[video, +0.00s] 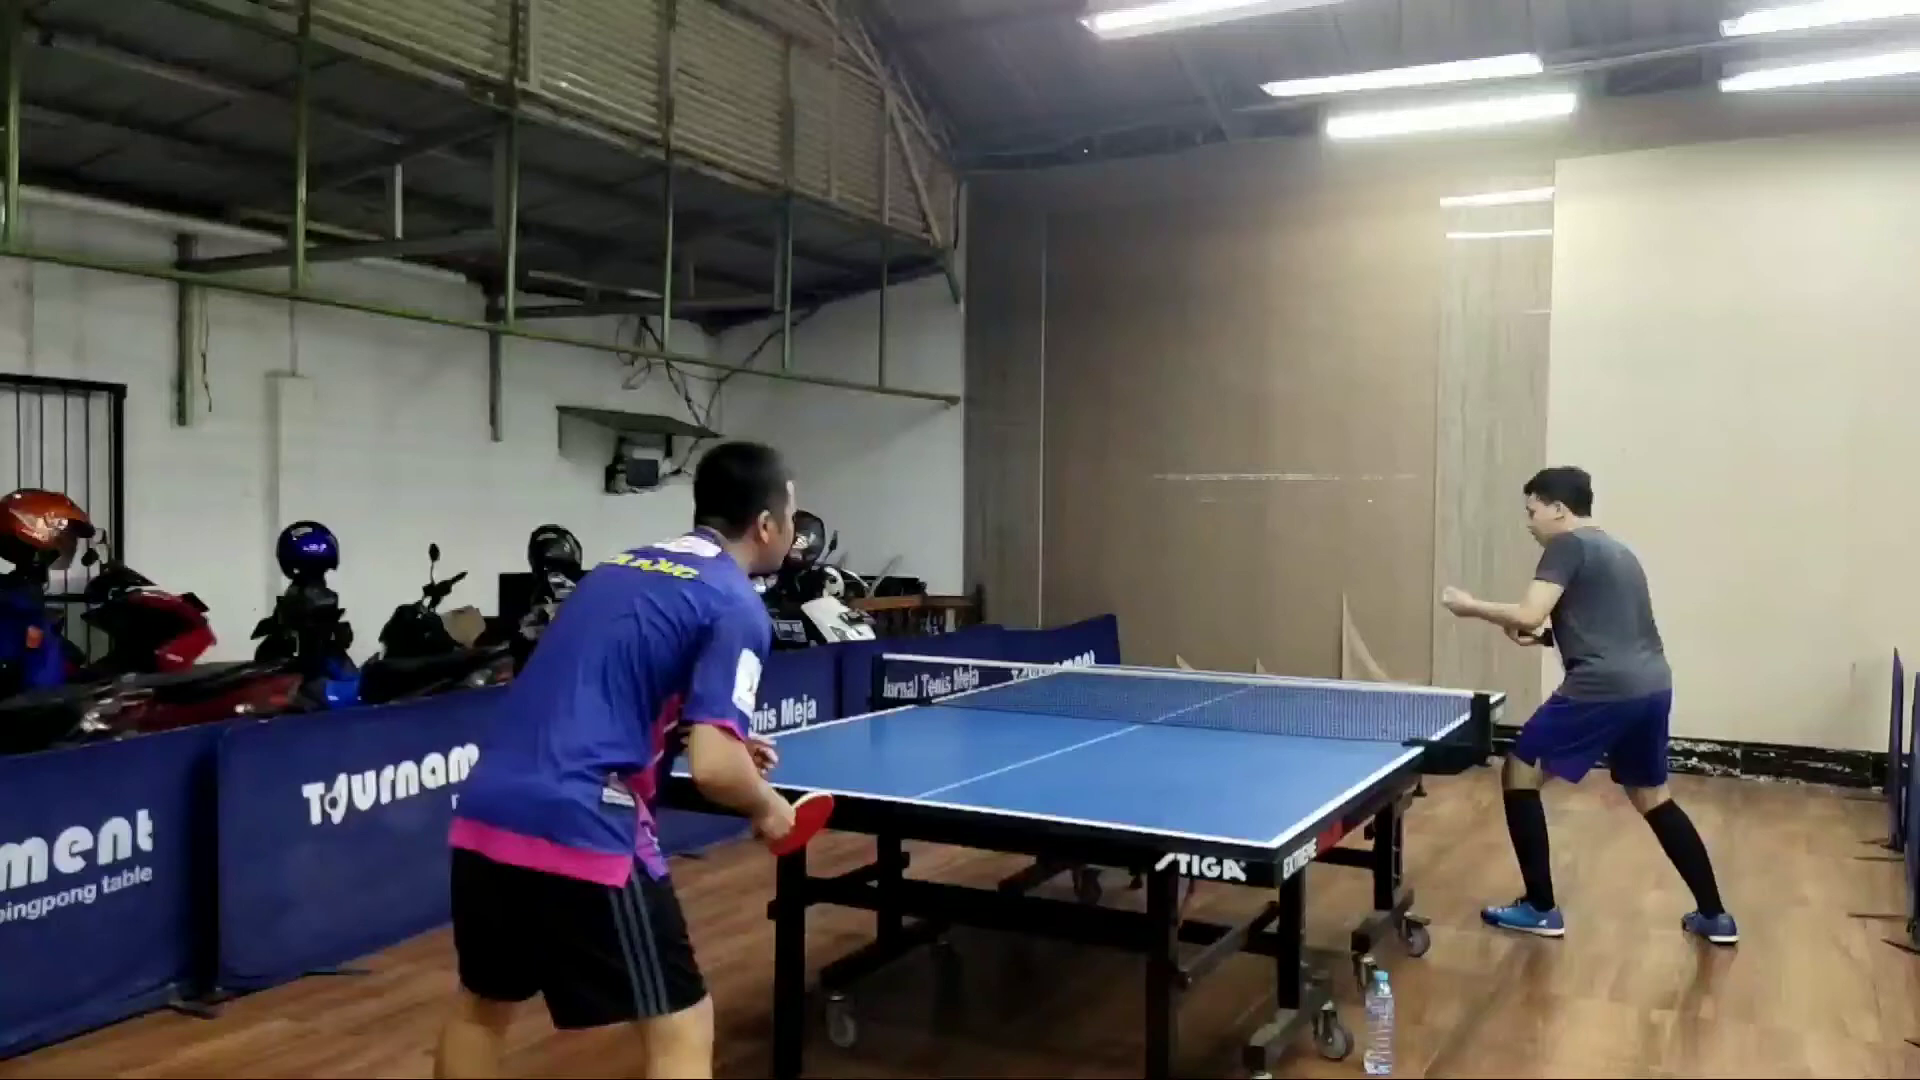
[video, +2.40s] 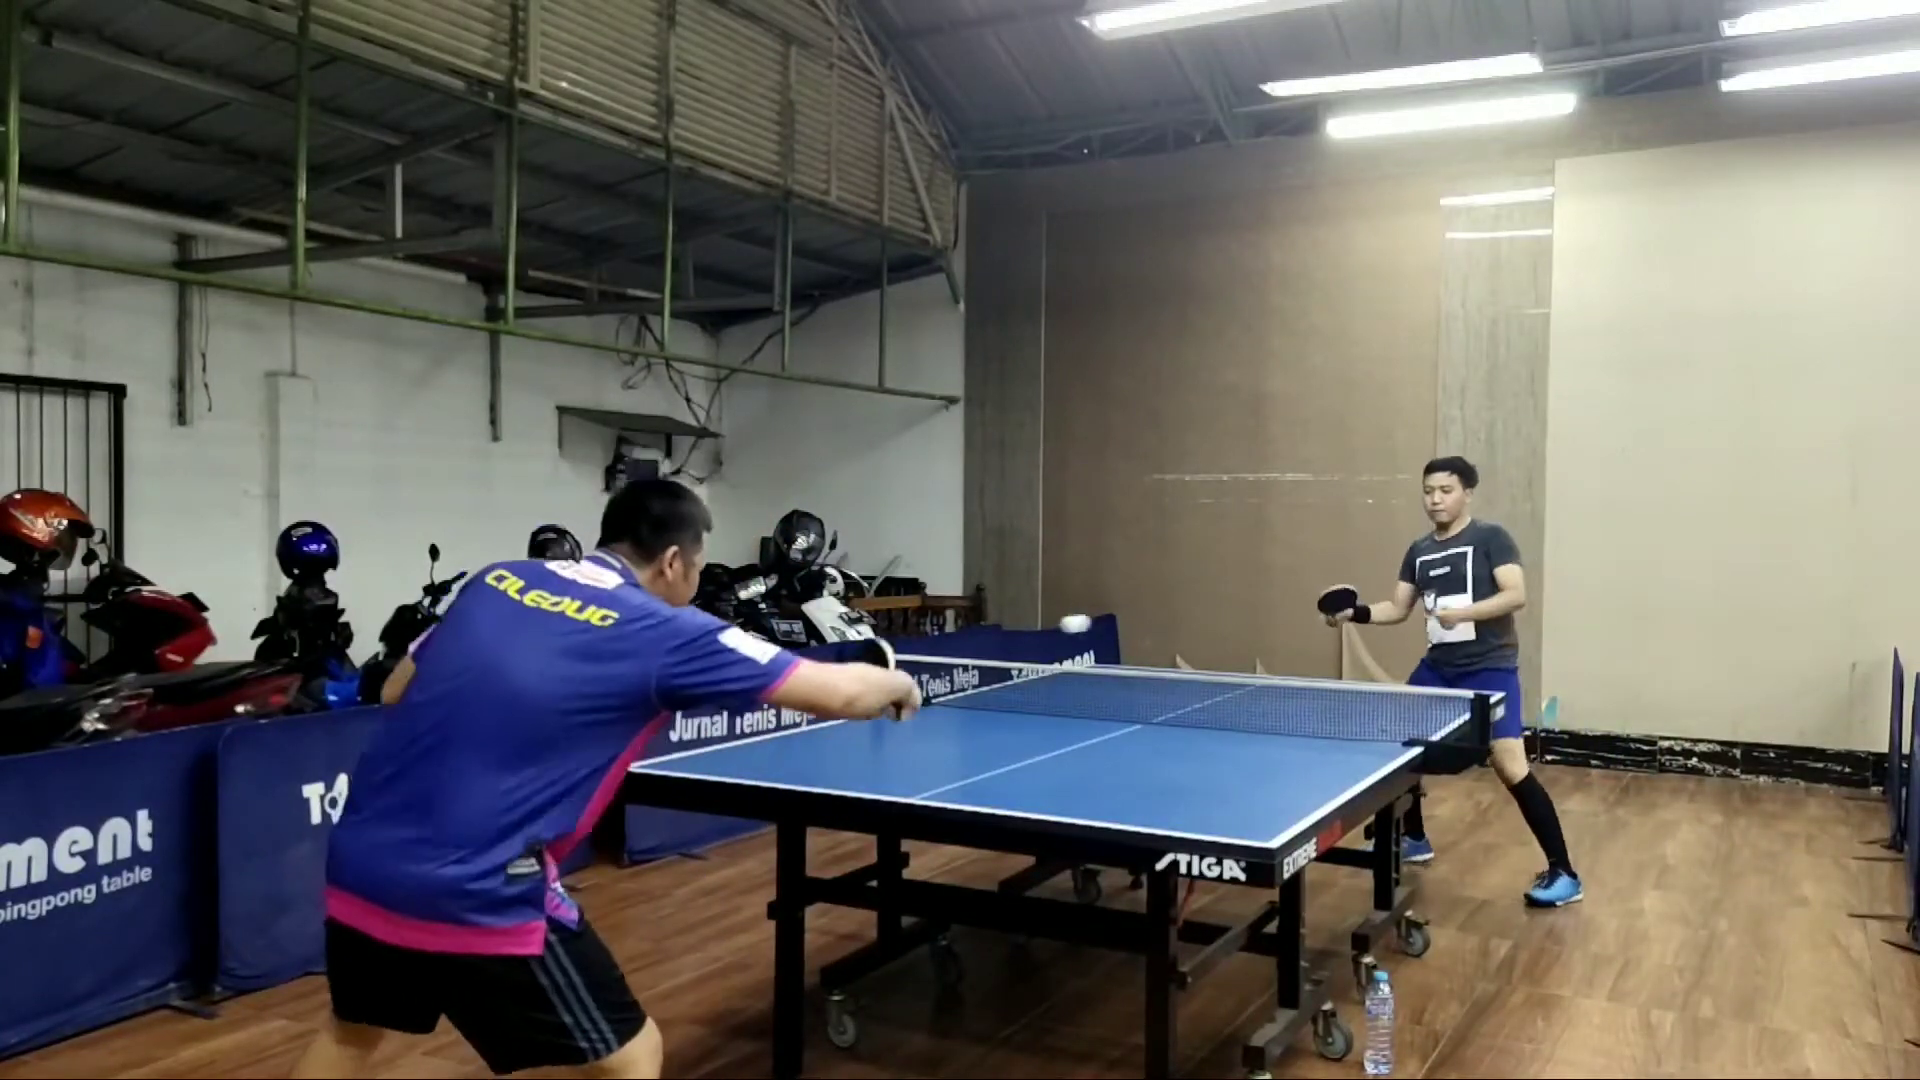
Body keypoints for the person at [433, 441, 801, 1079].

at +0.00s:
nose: (793, 534)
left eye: (792, 517)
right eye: (790, 517)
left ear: (702, 511)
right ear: (765, 524)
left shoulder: (625, 564)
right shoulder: (735, 602)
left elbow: (617, 710)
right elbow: (716, 767)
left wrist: (727, 744)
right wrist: (765, 807)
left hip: (482, 819)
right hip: (585, 831)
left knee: (482, 1009)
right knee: (679, 1024)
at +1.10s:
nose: (743, 574)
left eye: (745, 560)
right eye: (744, 559)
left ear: (659, 536)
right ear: (724, 551)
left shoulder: (568, 577)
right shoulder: (716, 604)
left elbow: (541, 698)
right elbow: (802, 744)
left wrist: (645, 738)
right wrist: (803, 763)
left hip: (485, 837)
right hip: (595, 844)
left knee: (508, 992)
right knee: (715, 1015)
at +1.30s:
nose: (705, 589)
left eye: (708, 578)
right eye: (707, 576)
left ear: (625, 553)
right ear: (691, 572)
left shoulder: (526, 585)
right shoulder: (700, 628)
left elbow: (444, 722)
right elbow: (810, 738)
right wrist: (791, 732)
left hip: (462, 854)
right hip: (578, 861)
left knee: (496, 993)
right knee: (706, 1017)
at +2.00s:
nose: (692, 519)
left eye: (691, 501)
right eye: (690, 502)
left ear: (596, 496)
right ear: (662, 509)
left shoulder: (498, 551)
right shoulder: (645, 592)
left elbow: (442, 681)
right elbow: (716, 757)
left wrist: (539, 760)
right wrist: (778, 790)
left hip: (378, 828)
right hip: (488, 845)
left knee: (382, 1006)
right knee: (592, 1043)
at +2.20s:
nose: (676, 582)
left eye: (679, 567)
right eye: (678, 566)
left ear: (592, 538)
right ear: (653, 559)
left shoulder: (484, 585)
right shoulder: (626, 641)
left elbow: (451, 718)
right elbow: (717, 789)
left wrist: (556, 766)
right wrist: (761, 768)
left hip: (353, 869)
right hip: (468, 888)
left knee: (365, 1032)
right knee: (619, 1051)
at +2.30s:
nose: (690, 597)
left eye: (694, 582)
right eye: (692, 582)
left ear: (605, 551)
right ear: (666, 576)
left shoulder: (494, 588)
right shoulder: (650, 648)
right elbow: (804, 749)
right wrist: (850, 729)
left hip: (354, 873)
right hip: (470, 896)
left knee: (361, 1036)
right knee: (631, 1054)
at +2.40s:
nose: (697, 584)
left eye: (697, 570)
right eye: (697, 569)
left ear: (603, 540)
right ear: (672, 560)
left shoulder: (492, 579)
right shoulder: (660, 630)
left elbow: (396, 690)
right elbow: (837, 693)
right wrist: (900, 687)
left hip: (357, 872)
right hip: (482, 894)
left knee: (349, 1042)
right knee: (630, 1056)